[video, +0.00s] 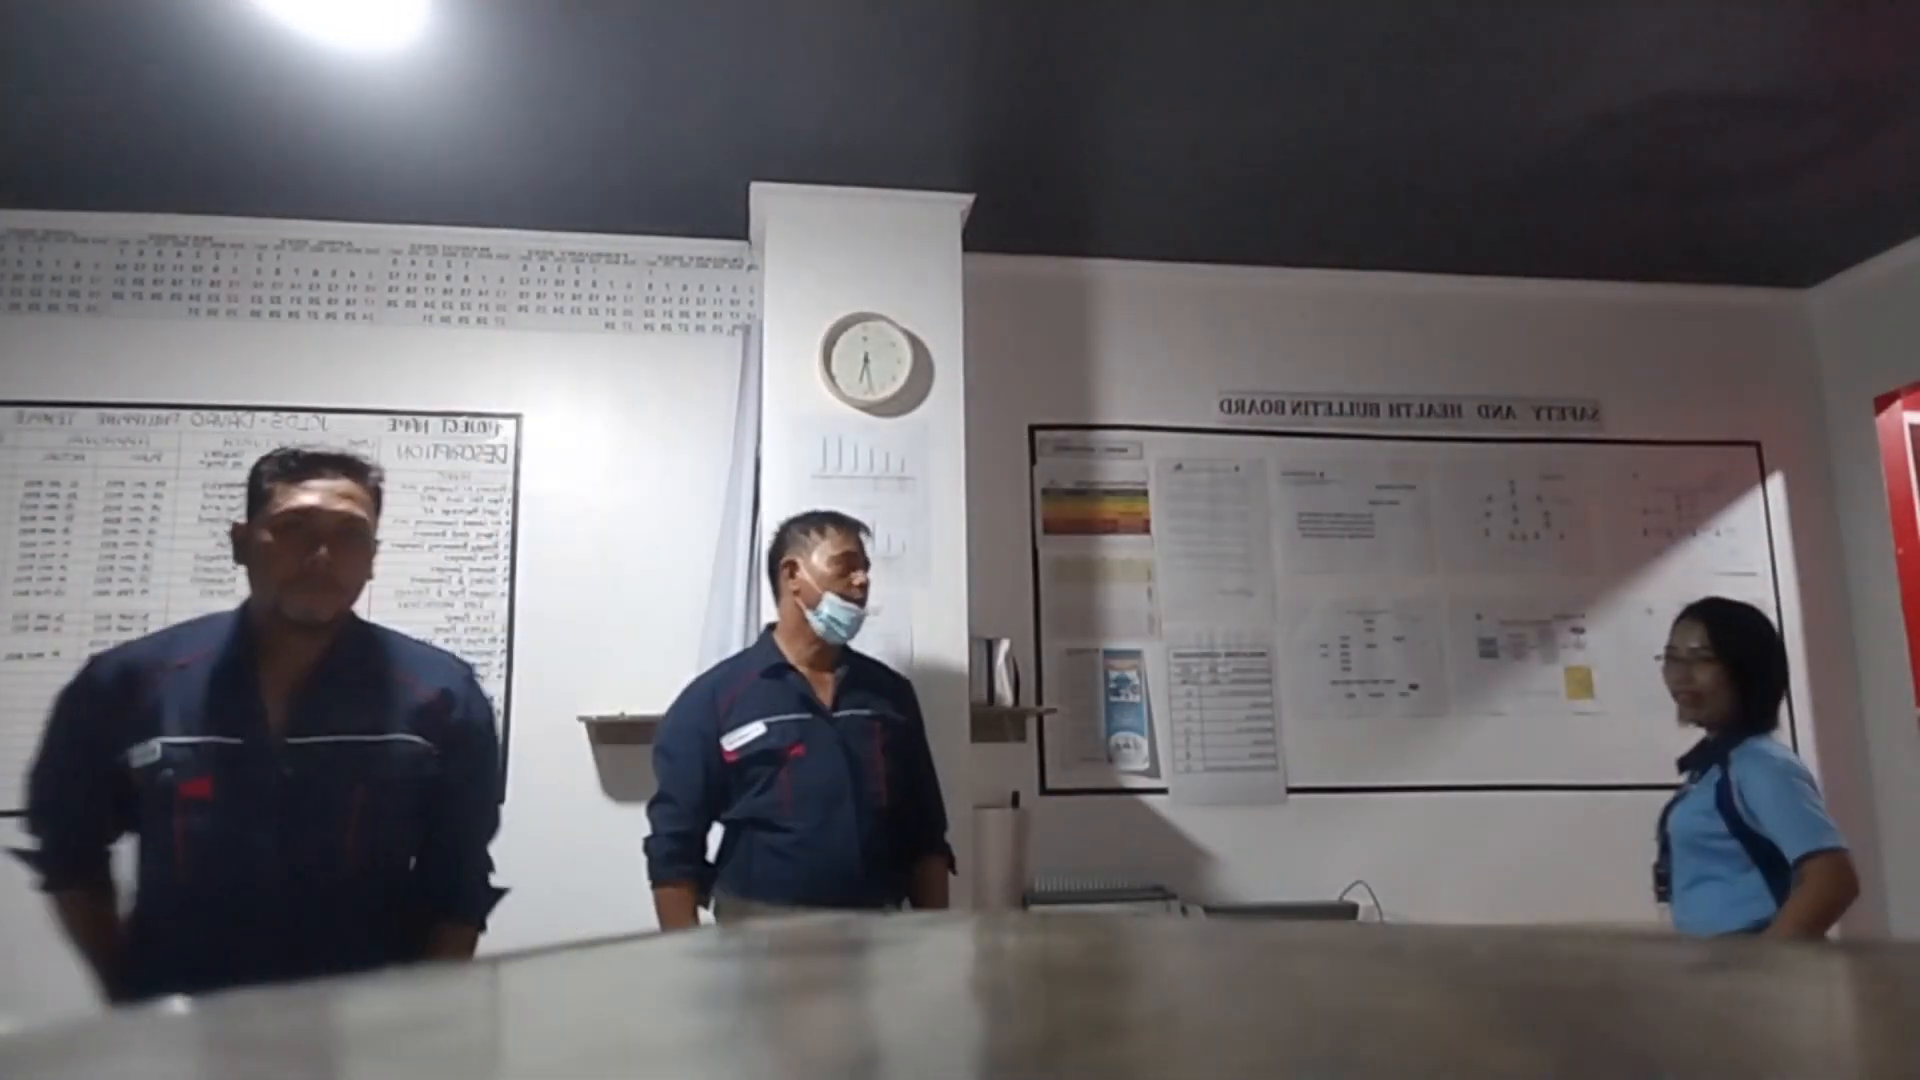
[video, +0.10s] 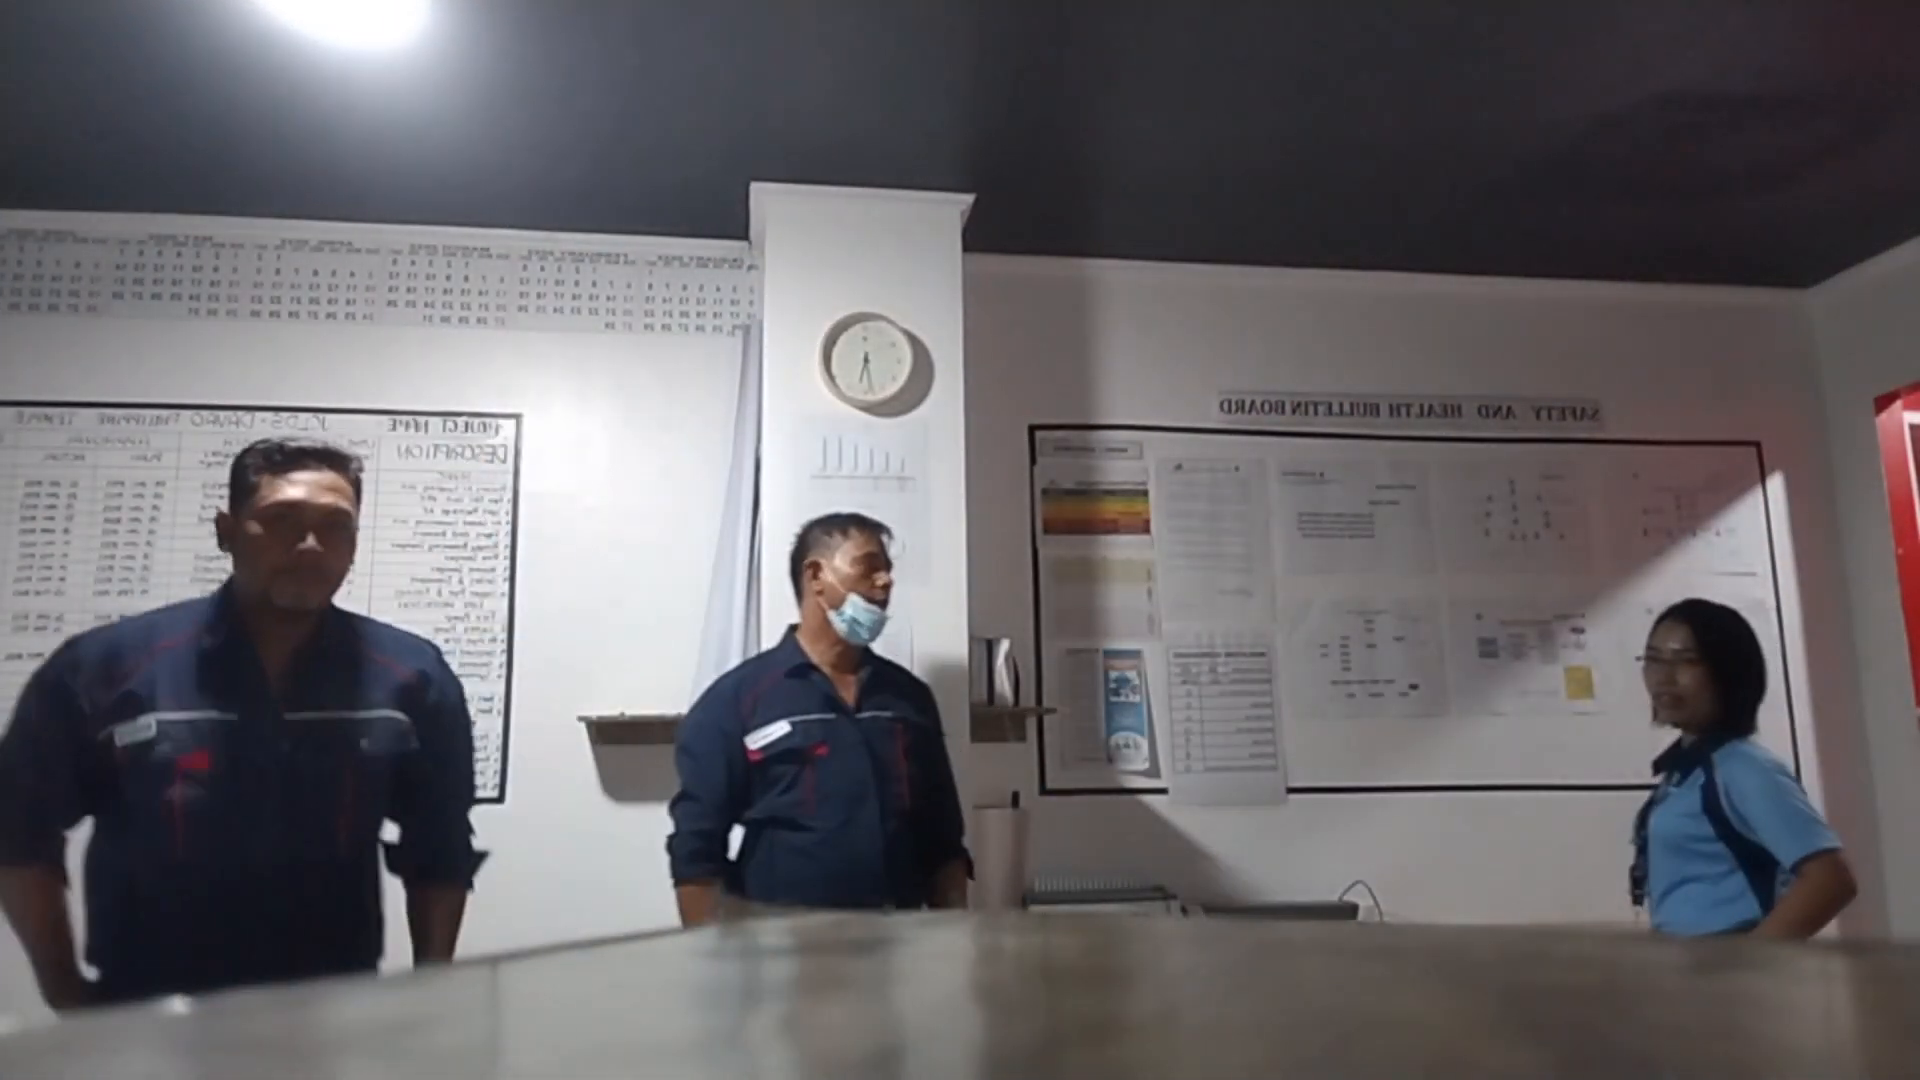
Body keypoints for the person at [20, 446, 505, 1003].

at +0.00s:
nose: (322, 555)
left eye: (348, 536)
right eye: (297, 530)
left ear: (373, 559)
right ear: (243, 544)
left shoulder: (443, 699)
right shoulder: (126, 690)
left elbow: (459, 896)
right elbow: (68, 857)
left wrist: (415, 1032)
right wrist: (137, 998)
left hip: (367, 1030)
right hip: (182, 1030)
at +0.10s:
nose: (310, 546)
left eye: (333, 527)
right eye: (284, 521)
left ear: (356, 544)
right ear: (229, 530)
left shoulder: (411, 680)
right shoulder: (100, 672)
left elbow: (440, 854)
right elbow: (23, 837)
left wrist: (432, 1002)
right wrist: (66, 996)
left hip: (329, 1018)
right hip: (147, 1020)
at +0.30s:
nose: (305, 544)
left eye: (323, 529)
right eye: (278, 521)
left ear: (337, 547)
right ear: (219, 534)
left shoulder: (366, 679)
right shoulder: (94, 670)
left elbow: (407, 810)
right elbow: (4, 811)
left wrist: (410, 943)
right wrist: (18, 969)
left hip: (302, 1014)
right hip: (137, 1022)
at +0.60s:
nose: (321, 595)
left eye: (335, 581)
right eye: (297, 576)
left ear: (348, 596)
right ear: (243, 591)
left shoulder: (344, 723)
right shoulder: (137, 706)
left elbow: (370, 837)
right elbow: (31, 838)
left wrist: (398, 940)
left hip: (261, 1010)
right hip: (133, 1018)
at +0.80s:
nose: (327, 593)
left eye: (342, 578)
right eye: (306, 573)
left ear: (353, 594)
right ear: (255, 584)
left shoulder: (334, 712)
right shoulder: (157, 686)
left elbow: (322, 859)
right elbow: (84, 840)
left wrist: (332, 978)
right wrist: (56, 983)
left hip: (245, 996)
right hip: (130, 996)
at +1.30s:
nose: (274, 574)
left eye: (289, 560)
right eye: (253, 557)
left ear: (304, 581)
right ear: (205, 575)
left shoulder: (312, 704)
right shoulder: (114, 676)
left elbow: (324, 824)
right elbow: (26, 815)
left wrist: (349, 926)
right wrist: (8, 955)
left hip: (243, 989)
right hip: (122, 986)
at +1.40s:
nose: (257, 582)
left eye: (270, 568)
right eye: (233, 567)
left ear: (284, 586)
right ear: (184, 586)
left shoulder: (304, 706)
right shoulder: (94, 692)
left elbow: (339, 804)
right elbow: (7, 804)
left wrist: (397, 875)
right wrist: (5, 940)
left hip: (243, 994)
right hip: (116, 998)